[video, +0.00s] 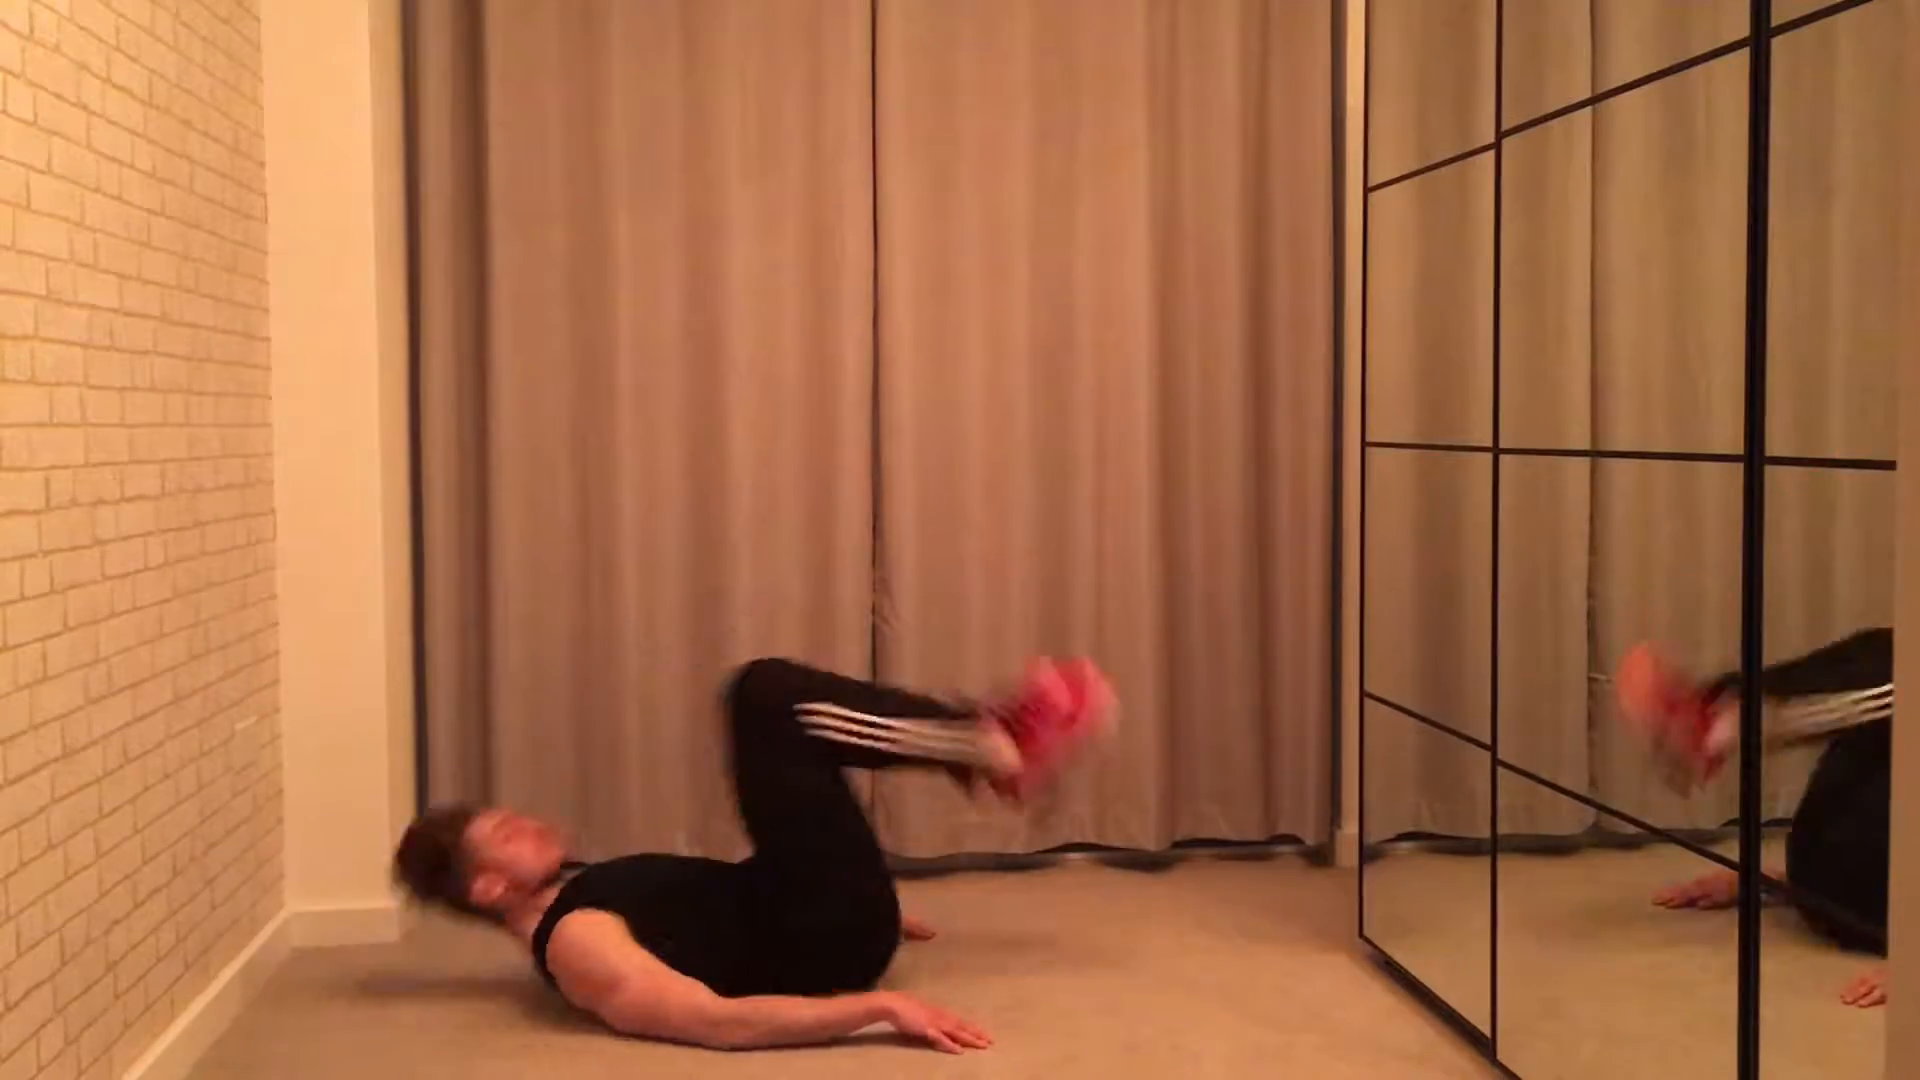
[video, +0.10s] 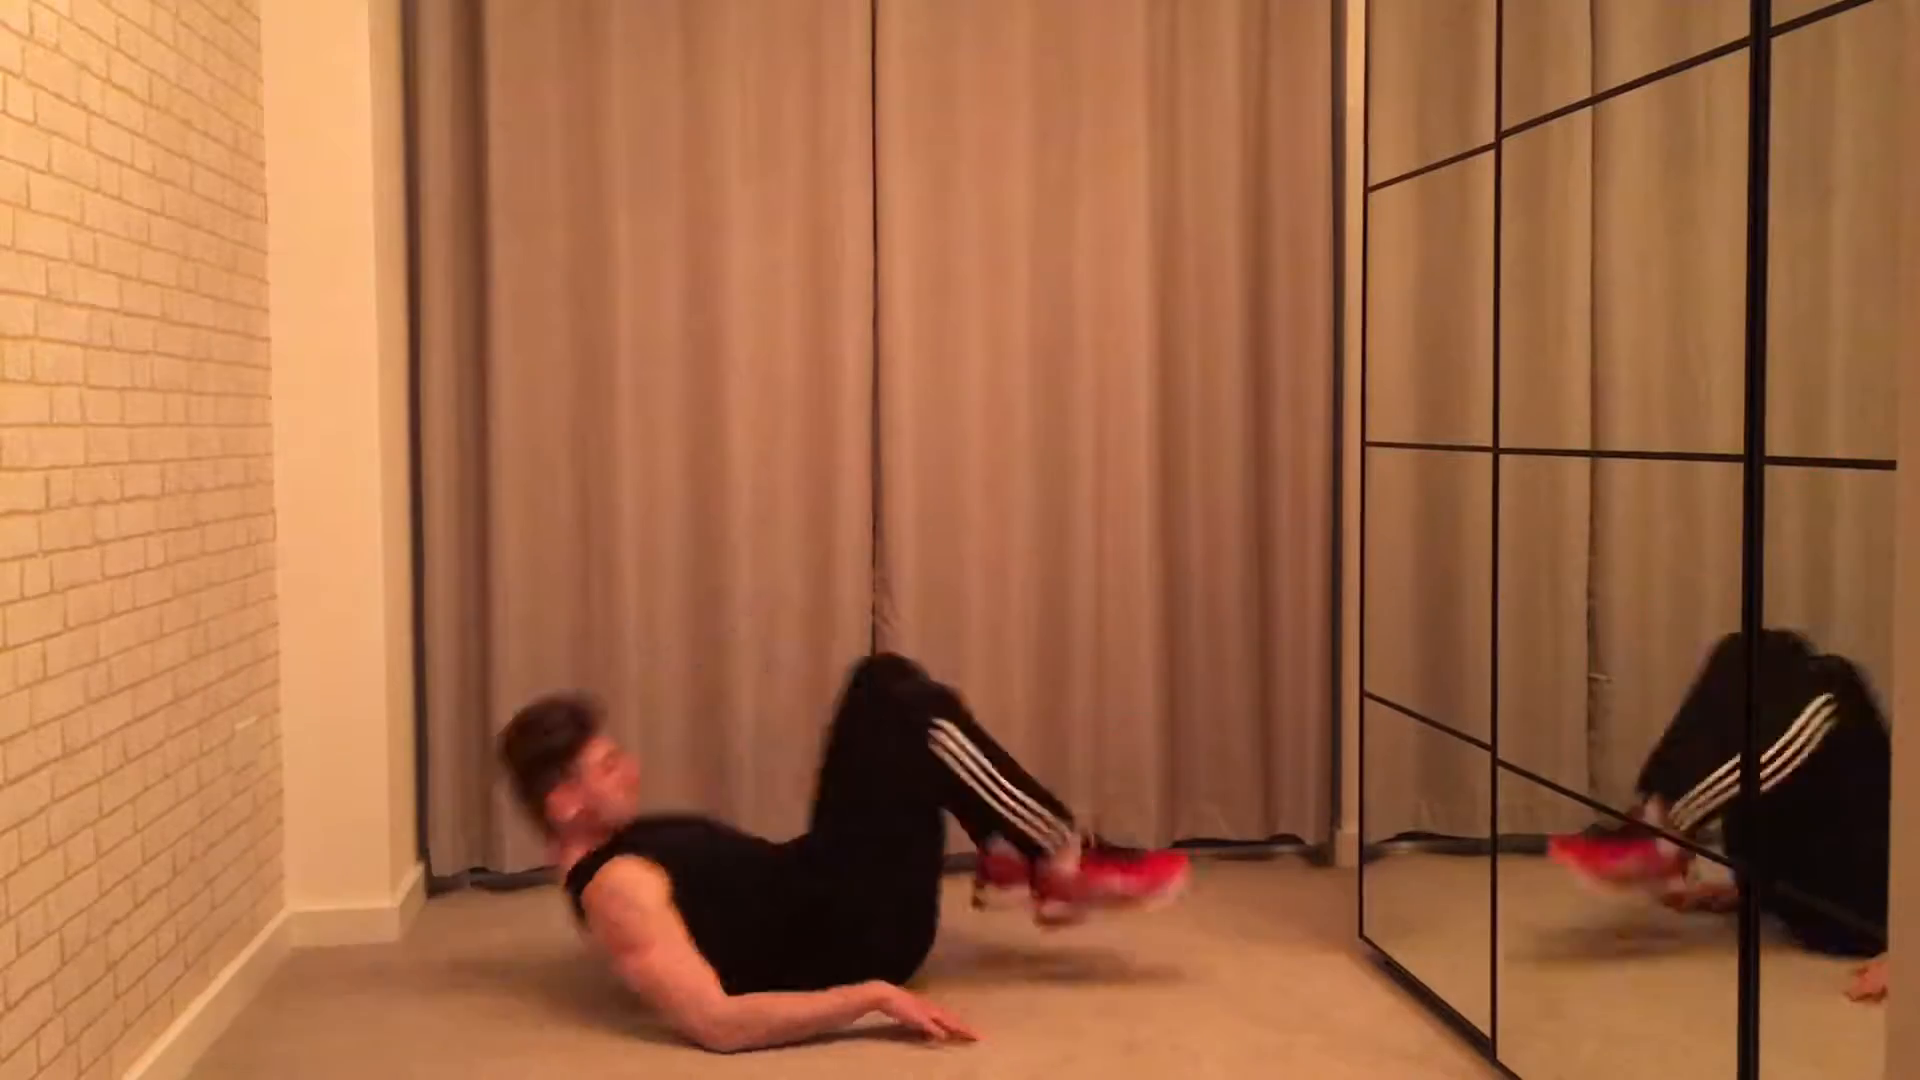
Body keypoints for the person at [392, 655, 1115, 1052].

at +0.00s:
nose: (528, 827)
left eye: (511, 818)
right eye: (503, 834)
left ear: (508, 872)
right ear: (491, 890)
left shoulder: (583, 896)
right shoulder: (576, 941)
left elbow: (728, 909)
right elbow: (720, 1019)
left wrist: (871, 923)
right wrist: (876, 1010)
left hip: (811, 914)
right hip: (827, 942)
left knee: (762, 691)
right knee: (765, 700)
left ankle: (985, 735)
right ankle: (998, 750)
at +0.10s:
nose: (627, 770)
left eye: (615, 755)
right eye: (604, 765)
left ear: (570, 798)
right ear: (562, 803)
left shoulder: (622, 854)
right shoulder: (620, 887)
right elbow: (714, 1023)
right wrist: (870, 1001)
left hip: (837, 911)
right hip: (863, 940)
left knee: (883, 682)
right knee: (906, 706)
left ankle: (1011, 853)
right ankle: (1075, 862)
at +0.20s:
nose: (734, 699)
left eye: (728, 683)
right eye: (720, 686)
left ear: (669, 706)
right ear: (674, 706)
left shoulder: (700, 780)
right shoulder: (693, 810)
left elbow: (711, 966)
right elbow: (714, 995)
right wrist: (868, 1022)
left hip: (872, 921)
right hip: (884, 954)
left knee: (951, 690)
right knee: (971, 719)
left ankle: (1035, 896)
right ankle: (1054, 911)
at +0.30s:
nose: (853, 656)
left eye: (853, 639)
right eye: (845, 640)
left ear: (790, 644)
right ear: (795, 643)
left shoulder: (777, 713)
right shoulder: (786, 741)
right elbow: (758, 924)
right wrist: (863, 1017)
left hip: (880, 936)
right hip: (892, 959)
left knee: (986, 704)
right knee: (998, 721)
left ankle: (1049, 913)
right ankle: (1051, 928)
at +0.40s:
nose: (951, 645)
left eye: (955, 624)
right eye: (947, 622)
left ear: (895, 611)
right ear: (898, 609)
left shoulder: (842, 677)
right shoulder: (869, 703)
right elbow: (827, 874)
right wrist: (868, 1015)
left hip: (890, 920)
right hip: (910, 942)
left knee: (999, 690)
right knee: (1019, 712)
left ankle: (1052, 904)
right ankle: (1038, 928)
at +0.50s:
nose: (1030, 635)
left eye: (1038, 617)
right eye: (1031, 614)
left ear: (986, 588)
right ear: (990, 592)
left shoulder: (909, 636)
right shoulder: (936, 673)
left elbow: (861, 780)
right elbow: (898, 854)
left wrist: (856, 913)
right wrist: (879, 1011)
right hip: (915, 909)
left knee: (1045, 694)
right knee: (1069, 715)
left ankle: (1053, 910)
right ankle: (1046, 930)